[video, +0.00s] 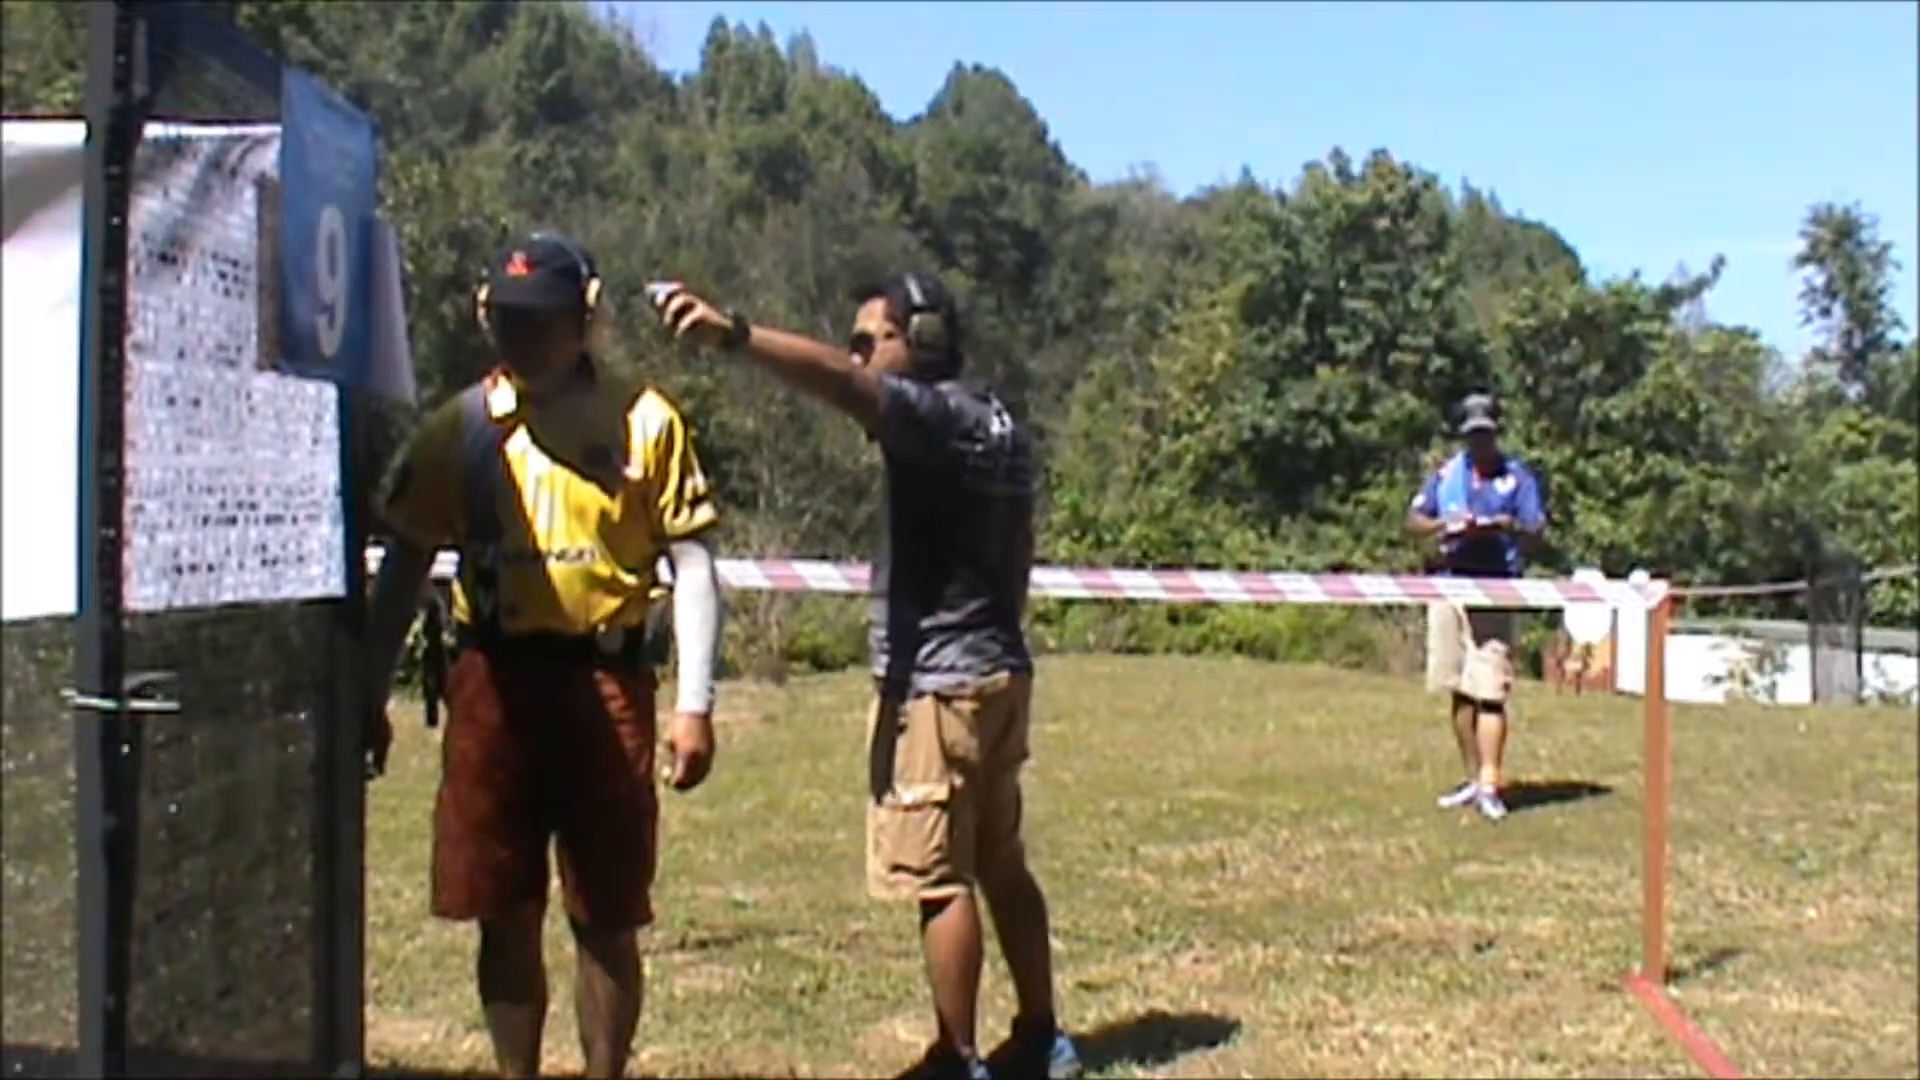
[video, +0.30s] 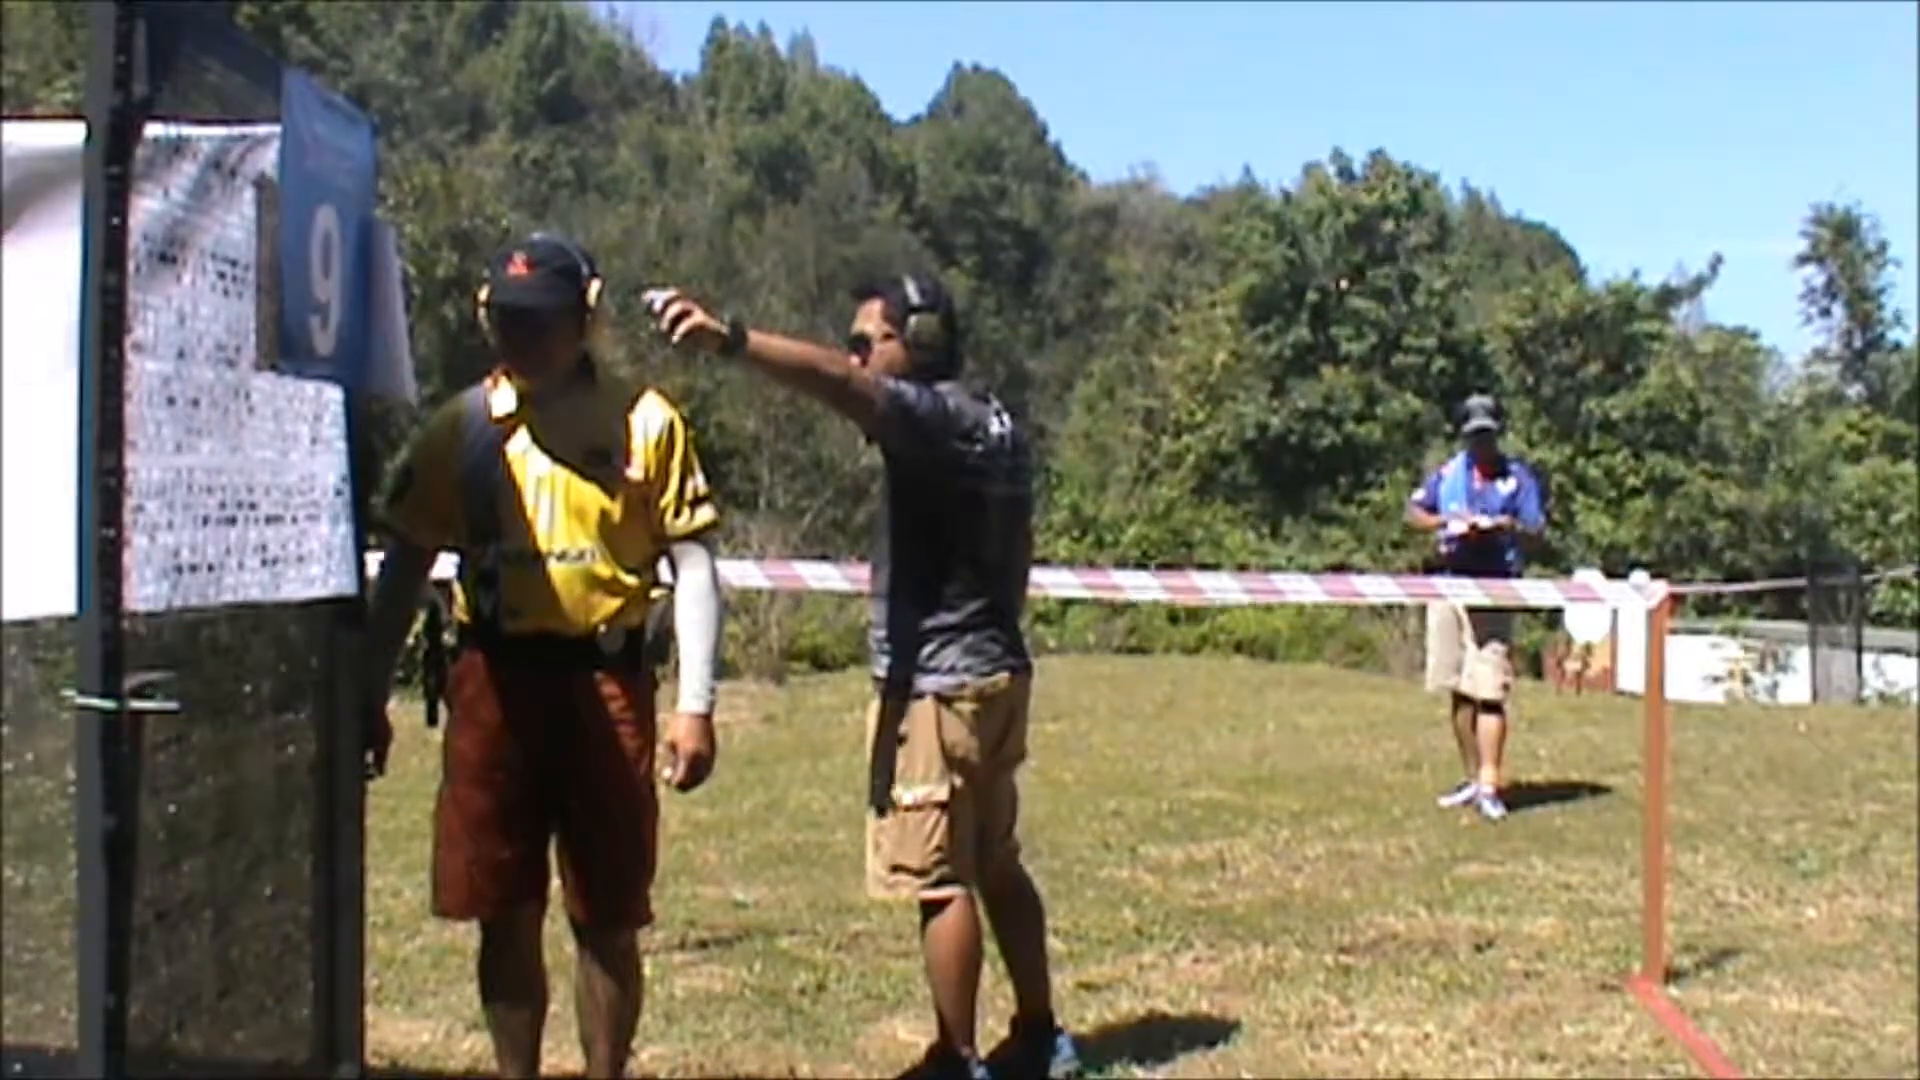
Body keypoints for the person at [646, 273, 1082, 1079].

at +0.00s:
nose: (857, 357)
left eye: (870, 341)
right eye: (857, 341)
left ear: (920, 342)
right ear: (940, 346)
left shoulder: (930, 412)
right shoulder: (1003, 424)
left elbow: (843, 379)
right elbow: (1015, 560)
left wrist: (734, 332)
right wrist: (995, 642)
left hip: (939, 674)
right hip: (998, 669)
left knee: (939, 878)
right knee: (1001, 866)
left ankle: (955, 1054)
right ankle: (1040, 1031)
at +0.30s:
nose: (857, 358)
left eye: (868, 343)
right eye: (856, 343)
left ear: (918, 344)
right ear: (939, 347)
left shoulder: (932, 413)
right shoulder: (998, 421)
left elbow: (842, 379)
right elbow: (1011, 561)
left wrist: (730, 337)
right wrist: (990, 643)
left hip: (941, 674)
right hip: (996, 669)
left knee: (938, 876)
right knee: (997, 866)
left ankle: (954, 1054)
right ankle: (1039, 1028)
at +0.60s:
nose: (858, 356)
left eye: (870, 342)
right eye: (858, 341)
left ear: (919, 344)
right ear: (939, 347)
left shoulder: (933, 414)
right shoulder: (1002, 420)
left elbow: (844, 377)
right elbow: (1018, 561)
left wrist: (735, 332)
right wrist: (998, 646)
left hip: (943, 676)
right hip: (997, 670)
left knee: (939, 876)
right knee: (994, 865)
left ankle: (953, 1054)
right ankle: (1037, 1028)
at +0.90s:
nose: (859, 358)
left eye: (868, 344)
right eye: (858, 344)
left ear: (916, 343)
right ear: (940, 344)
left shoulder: (931, 412)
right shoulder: (1004, 417)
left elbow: (844, 380)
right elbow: (1026, 560)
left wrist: (730, 339)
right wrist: (1006, 648)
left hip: (947, 676)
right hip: (1003, 671)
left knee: (938, 876)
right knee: (994, 866)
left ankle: (954, 1055)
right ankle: (1037, 1029)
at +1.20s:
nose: (861, 360)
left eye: (870, 345)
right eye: (859, 345)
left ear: (919, 340)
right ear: (943, 343)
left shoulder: (931, 411)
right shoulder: (1010, 419)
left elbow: (844, 380)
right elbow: (1034, 556)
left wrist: (728, 337)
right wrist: (1020, 648)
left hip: (949, 678)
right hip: (1008, 671)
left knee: (940, 876)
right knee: (994, 866)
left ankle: (954, 1055)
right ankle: (1037, 1029)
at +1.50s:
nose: (867, 360)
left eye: (876, 344)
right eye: (864, 344)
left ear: (921, 340)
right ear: (947, 342)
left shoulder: (932, 410)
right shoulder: (1013, 418)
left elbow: (852, 382)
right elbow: (1040, 549)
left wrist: (732, 338)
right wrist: (1024, 641)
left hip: (955, 677)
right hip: (1015, 670)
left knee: (945, 876)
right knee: (1002, 868)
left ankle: (953, 1054)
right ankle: (1036, 1027)